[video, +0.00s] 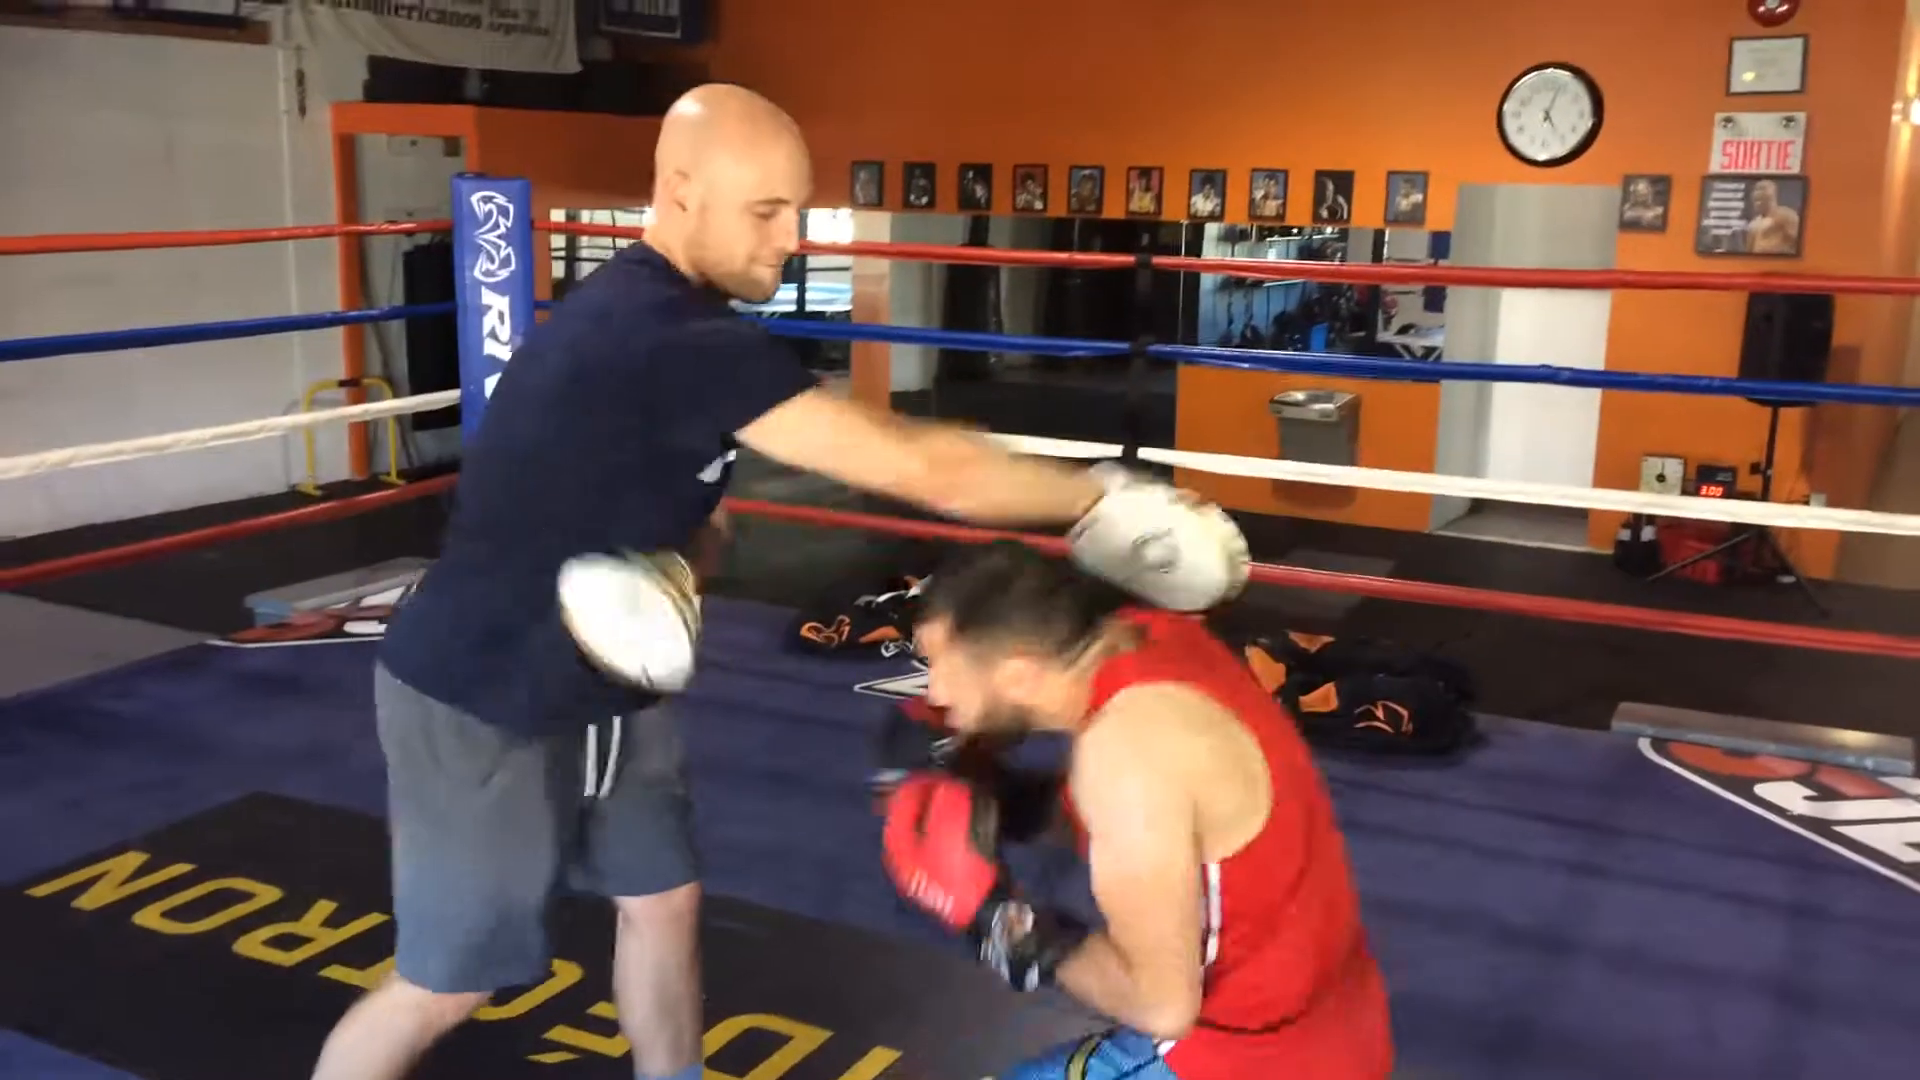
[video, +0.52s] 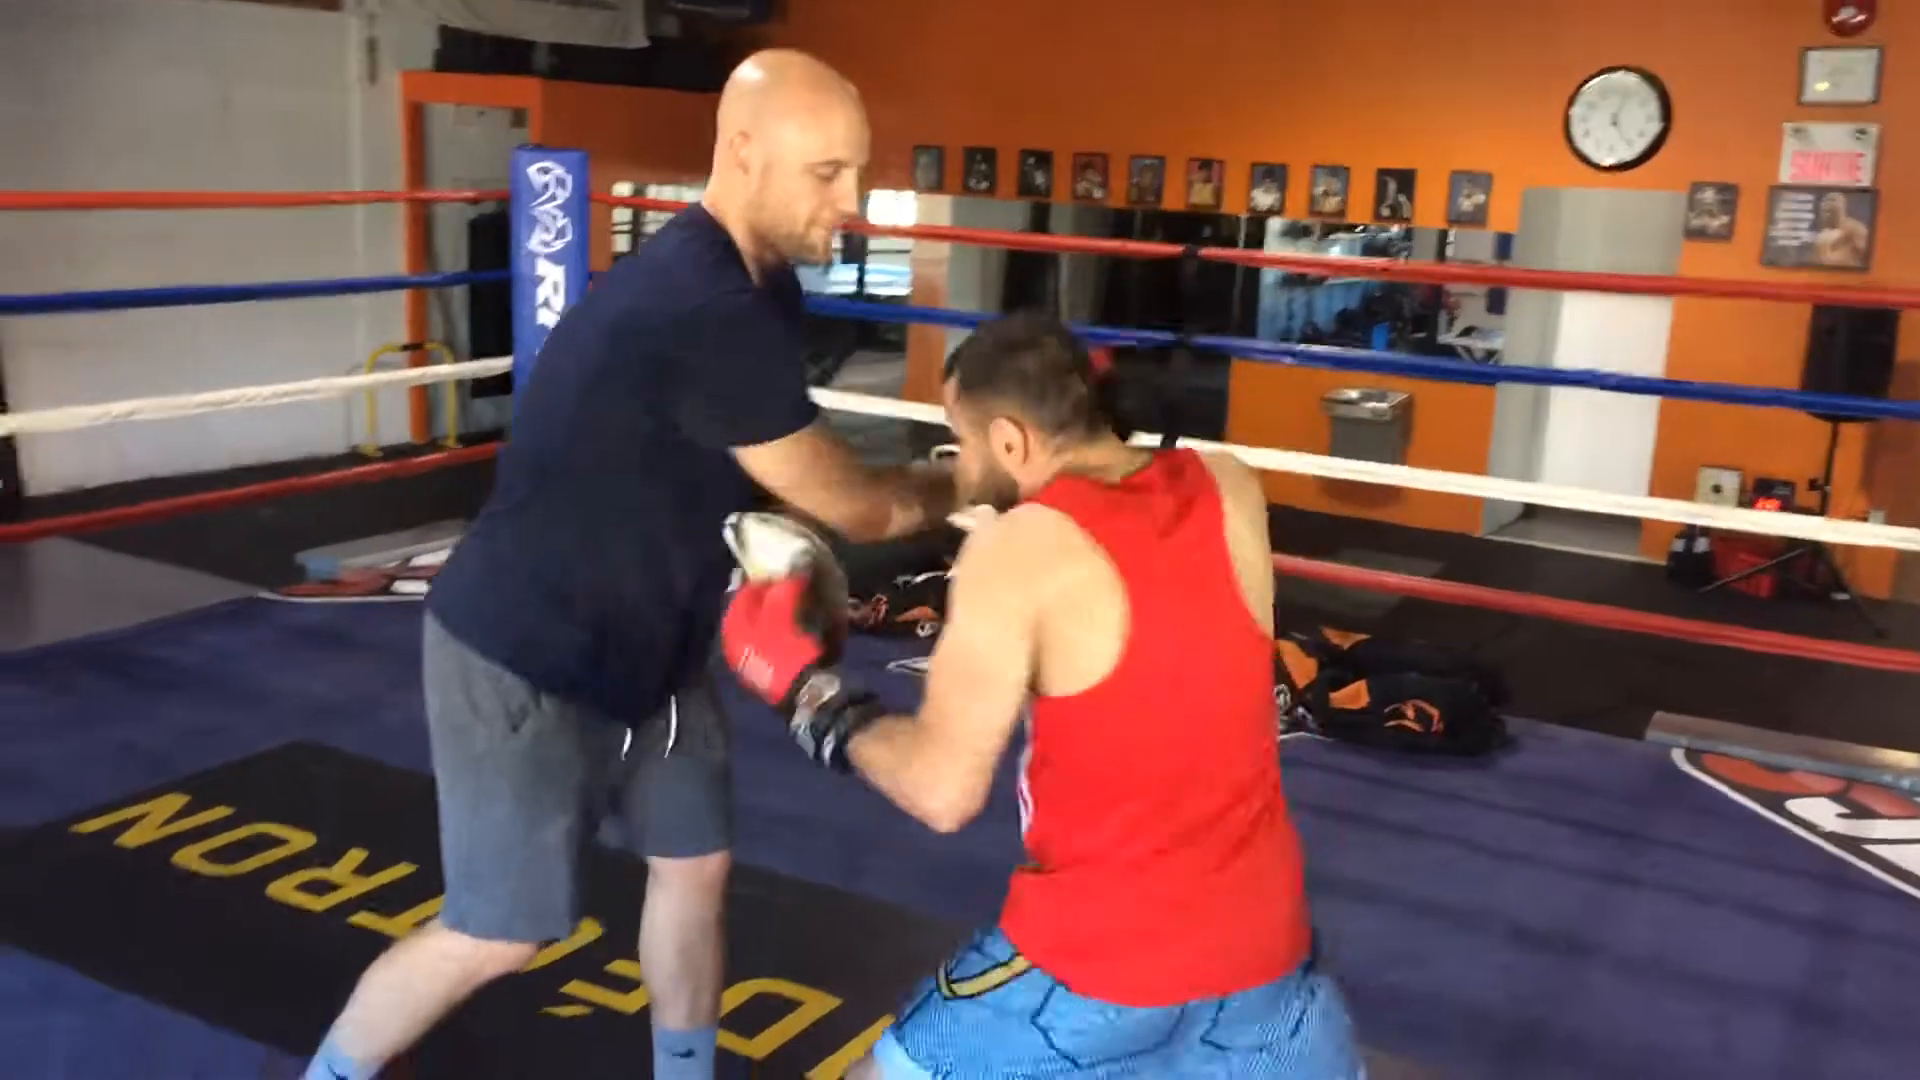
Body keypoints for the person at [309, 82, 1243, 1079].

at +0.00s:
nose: (793, 239)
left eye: (797, 212)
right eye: (769, 212)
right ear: (678, 199)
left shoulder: (677, 319)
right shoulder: (655, 333)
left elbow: (693, 490)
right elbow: (914, 465)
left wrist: (670, 573)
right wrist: (1105, 501)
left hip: (612, 674)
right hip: (473, 689)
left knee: (660, 898)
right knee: (452, 971)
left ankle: (668, 1079)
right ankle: (334, 1070)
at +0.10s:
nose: (810, 241)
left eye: (818, 214)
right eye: (788, 212)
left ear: (710, 197)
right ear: (704, 195)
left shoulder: (713, 312)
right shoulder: (676, 338)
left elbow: (753, 505)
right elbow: (885, 515)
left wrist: (694, 545)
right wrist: (1016, 518)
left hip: (617, 659)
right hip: (488, 677)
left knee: (663, 896)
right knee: (483, 964)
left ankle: (670, 1075)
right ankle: (352, 1071)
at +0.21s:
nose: (833, 238)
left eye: (841, 211)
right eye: (810, 208)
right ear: (724, 186)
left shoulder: (756, 316)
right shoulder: (694, 335)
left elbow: (752, 530)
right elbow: (867, 531)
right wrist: (979, 529)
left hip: (627, 652)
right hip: (508, 668)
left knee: (684, 903)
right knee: (487, 962)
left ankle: (680, 1074)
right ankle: (352, 1071)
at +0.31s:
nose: (842, 236)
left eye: (851, 209)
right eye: (820, 207)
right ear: (734, 187)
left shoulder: (772, 326)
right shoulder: (681, 331)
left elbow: (829, 501)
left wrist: (922, 520)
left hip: (640, 654)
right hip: (510, 674)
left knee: (689, 887)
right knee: (491, 956)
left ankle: (679, 1073)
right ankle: (345, 1074)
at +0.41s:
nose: (845, 222)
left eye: (854, 194)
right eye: (824, 191)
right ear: (739, 170)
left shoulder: (750, 293)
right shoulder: (719, 318)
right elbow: (870, 491)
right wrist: (957, 490)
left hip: (642, 647)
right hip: (515, 657)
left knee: (687, 875)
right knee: (491, 946)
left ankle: (677, 1072)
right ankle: (340, 1073)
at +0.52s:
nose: (851, 203)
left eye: (859, 174)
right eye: (827, 172)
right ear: (741, 151)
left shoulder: (768, 286)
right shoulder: (699, 300)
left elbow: (754, 480)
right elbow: (856, 507)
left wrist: (824, 561)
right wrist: (953, 486)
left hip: (661, 637)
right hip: (517, 645)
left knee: (692, 862)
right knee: (505, 923)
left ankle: (685, 1071)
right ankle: (327, 1072)